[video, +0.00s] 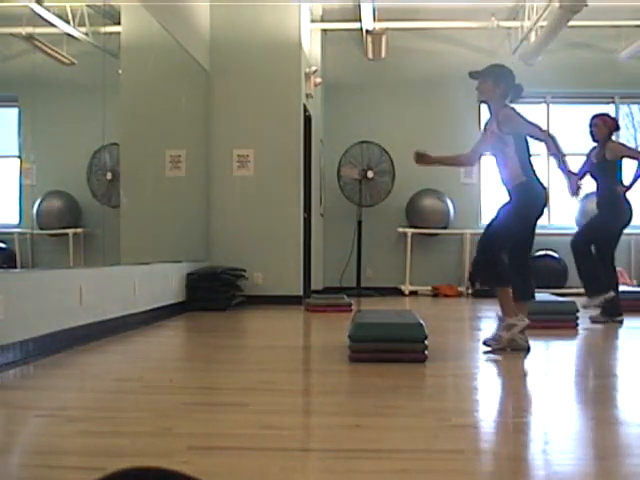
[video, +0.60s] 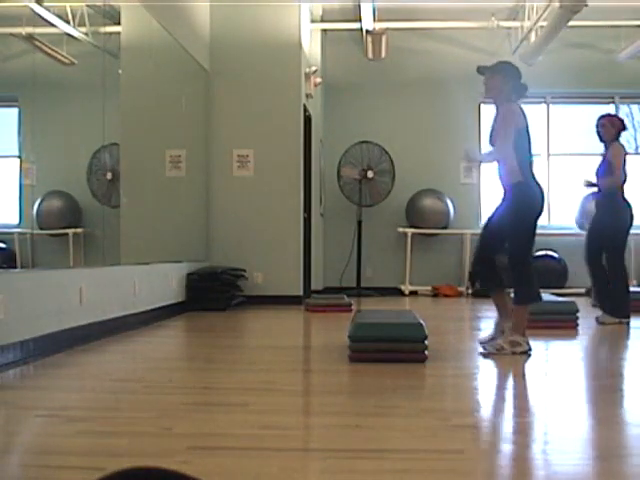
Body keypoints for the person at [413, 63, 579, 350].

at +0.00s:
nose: (478, 85)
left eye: (483, 81)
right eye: (479, 81)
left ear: (499, 87)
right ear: (494, 88)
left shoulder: (507, 116)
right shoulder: (492, 125)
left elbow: (546, 137)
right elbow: (470, 159)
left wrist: (567, 173)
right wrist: (432, 160)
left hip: (526, 195)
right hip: (523, 197)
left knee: (488, 249)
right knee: (517, 261)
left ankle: (510, 320)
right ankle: (518, 335)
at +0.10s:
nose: (477, 85)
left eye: (482, 80)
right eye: (478, 80)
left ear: (499, 86)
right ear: (494, 87)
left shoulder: (507, 115)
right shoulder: (492, 123)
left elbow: (545, 137)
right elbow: (471, 160)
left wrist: (568, 177)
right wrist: (434, 164)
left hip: (524, 194)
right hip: (520, 195)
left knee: (486, 249)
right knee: (517, 259)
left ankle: (508, 318)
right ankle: (517, 332)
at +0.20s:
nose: (479, 86)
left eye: (484, 81)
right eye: (480, 81)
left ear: (500, 85)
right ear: (494, 86)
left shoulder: (510, 113)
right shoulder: (496, 118)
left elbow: (535, 156)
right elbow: (495, 162)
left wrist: (535, 201)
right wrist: (468, 190)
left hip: (519, 191)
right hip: (507, 192)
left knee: (506, 257)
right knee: (502, 258)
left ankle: (517, 332)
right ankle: (511, 330)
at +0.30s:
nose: (481, 84)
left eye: (487, 80)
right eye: (481, 80)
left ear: (503, 83)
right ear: (492, 84)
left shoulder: (511, 113)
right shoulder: (498, 115)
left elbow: (512, 164)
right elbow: (502, 166)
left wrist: (490, 198)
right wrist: (486, 199)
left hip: (519, 190)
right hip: (507, 190)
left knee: (511, 258)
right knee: (499, 258)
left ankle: (518, 334)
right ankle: (511, 329)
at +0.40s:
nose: (479, 86)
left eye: (484, 82)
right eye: (480, 82)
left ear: (501, 86)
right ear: (497, 87)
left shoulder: (504, 113)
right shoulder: (502, 115)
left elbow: (498, 154)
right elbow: (494, 157)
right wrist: (458, 169)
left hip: (524, 194)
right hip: (520, 194)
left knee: (522, 262)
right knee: (479, 250)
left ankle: (517, 336)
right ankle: (502, 319)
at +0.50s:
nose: (480, 84)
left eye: (486, 80)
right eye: (481, 80)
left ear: (502, 87)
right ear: (499, 88)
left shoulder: (504, 113)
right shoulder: (501, 115)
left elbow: (496, 152)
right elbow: (490, 156)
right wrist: (461, 148)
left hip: (525, 196)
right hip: (519, 195)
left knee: (523, 262)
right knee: (475, 245)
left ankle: (518, 337)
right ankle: (499, 310)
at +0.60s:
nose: (485, 85)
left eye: (490, 80)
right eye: (486, 80)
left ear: (506, 84)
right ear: (502, 85)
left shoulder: (509, 111)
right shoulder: (507, 112)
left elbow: (506, 149)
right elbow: (505, 151)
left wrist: (516, 189)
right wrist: (480, 158)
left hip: (522, 193)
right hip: (516, 192)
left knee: (518, 261)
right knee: (484, 258)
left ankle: (518, 336)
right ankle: (506, 322)